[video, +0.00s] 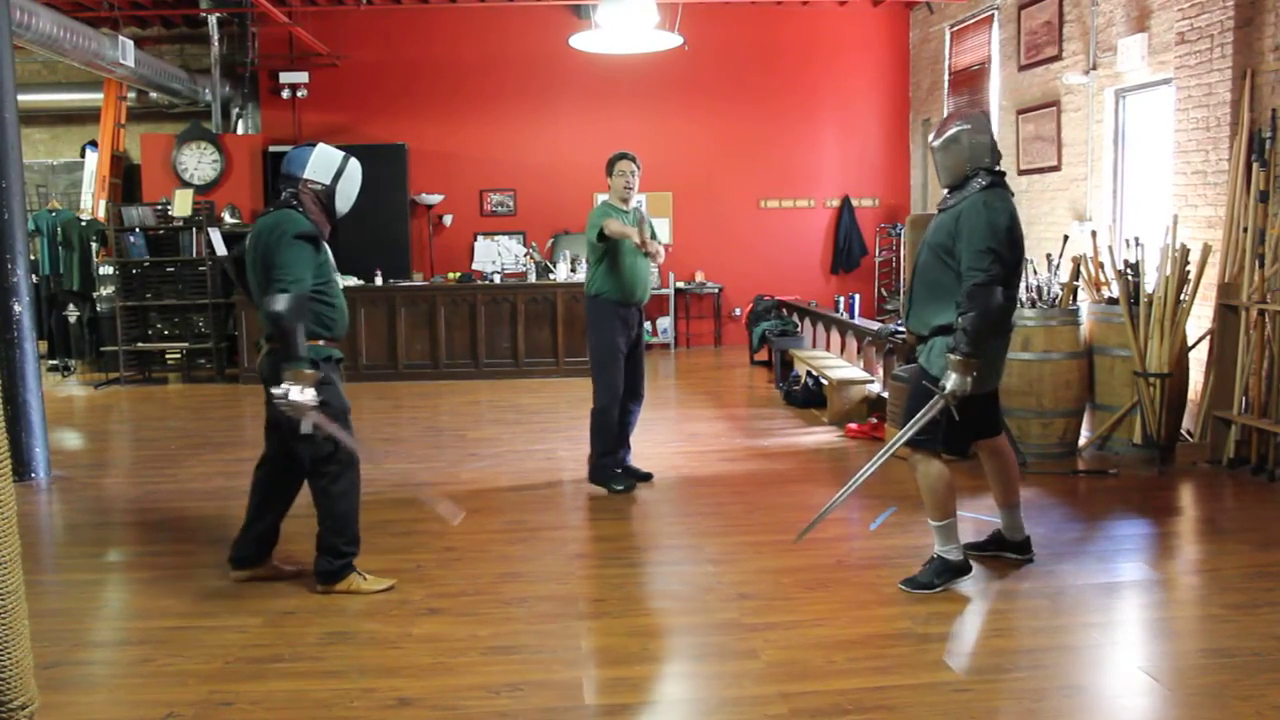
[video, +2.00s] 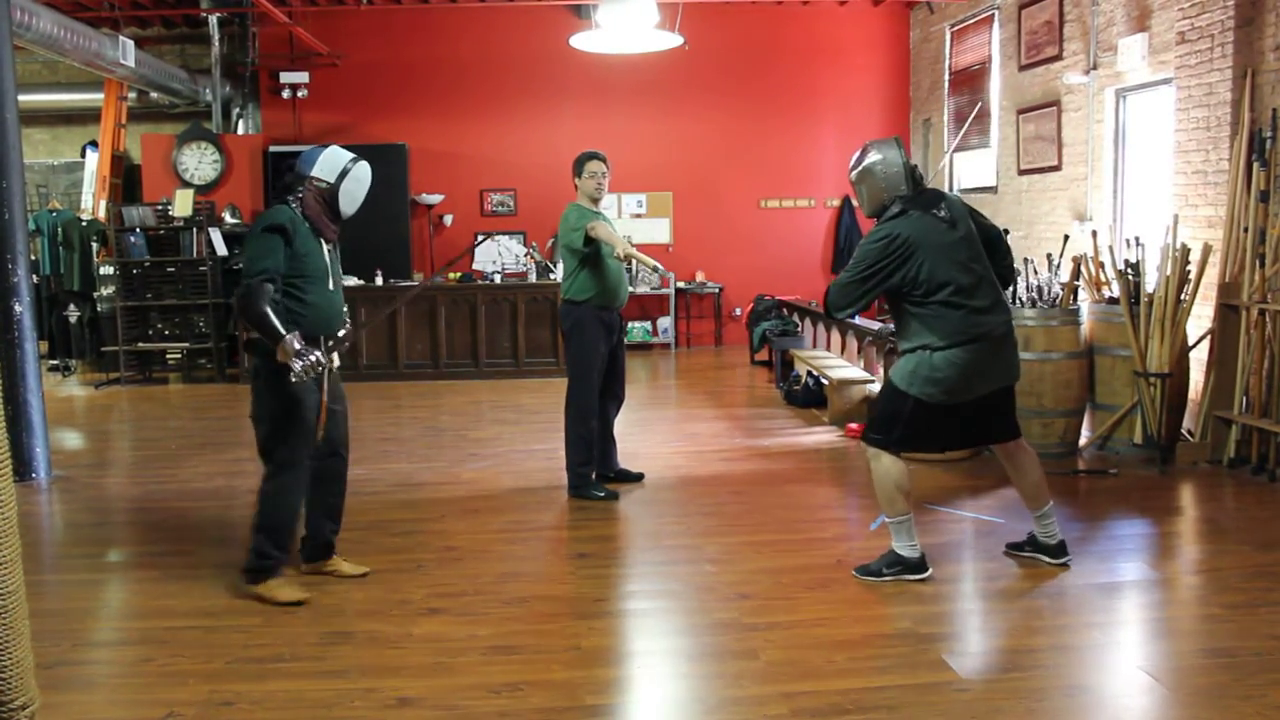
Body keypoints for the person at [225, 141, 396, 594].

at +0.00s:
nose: (338, 207)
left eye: (337, 197)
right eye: (334, 195)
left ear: (297, 188)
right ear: (314, 189)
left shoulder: (268, 228)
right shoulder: (294, 230)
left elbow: (241, 271)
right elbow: (286, 302)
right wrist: (296, 369)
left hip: (287, 360)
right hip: (312, 364)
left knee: (283, 460)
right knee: (337, 463)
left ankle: (251, 556)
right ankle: (337, 569)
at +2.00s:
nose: (350, 202)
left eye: (353, 193)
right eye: (348, 192)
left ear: (327, 185)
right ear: (325, 184)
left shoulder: (325, 233)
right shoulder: (278, 222)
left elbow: (326, 291)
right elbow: (254, 294)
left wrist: (340, 327)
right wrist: (284, 340)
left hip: (324, 365)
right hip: (285, 367)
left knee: (331, 459)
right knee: (289, 464)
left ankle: (319, 554)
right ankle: (264, 571)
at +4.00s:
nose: (294, 208)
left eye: (294, 199)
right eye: (290, 198)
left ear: (259, 193)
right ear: (267, 194)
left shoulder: (263, 242)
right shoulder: (228, 244)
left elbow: (270, 309)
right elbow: (217, 330)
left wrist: (290, 358)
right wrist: (256, 383)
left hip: (284, 375)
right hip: (249, 379)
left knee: (325, 458)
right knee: (235, 481)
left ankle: (331, 554)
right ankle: (189, 585)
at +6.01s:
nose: (295, 212)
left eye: (295, 203)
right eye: (291, 201)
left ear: (260, 197)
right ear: (269, 197)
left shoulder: (263, 244)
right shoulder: (233, 246)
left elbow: (270, 312)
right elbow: (220, 332)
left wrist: (294, 359)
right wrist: (256, 390)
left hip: (286, 378)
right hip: (253, 381)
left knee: (328, 458)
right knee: (237, 482)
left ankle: (332, 556)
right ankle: (190, 587)